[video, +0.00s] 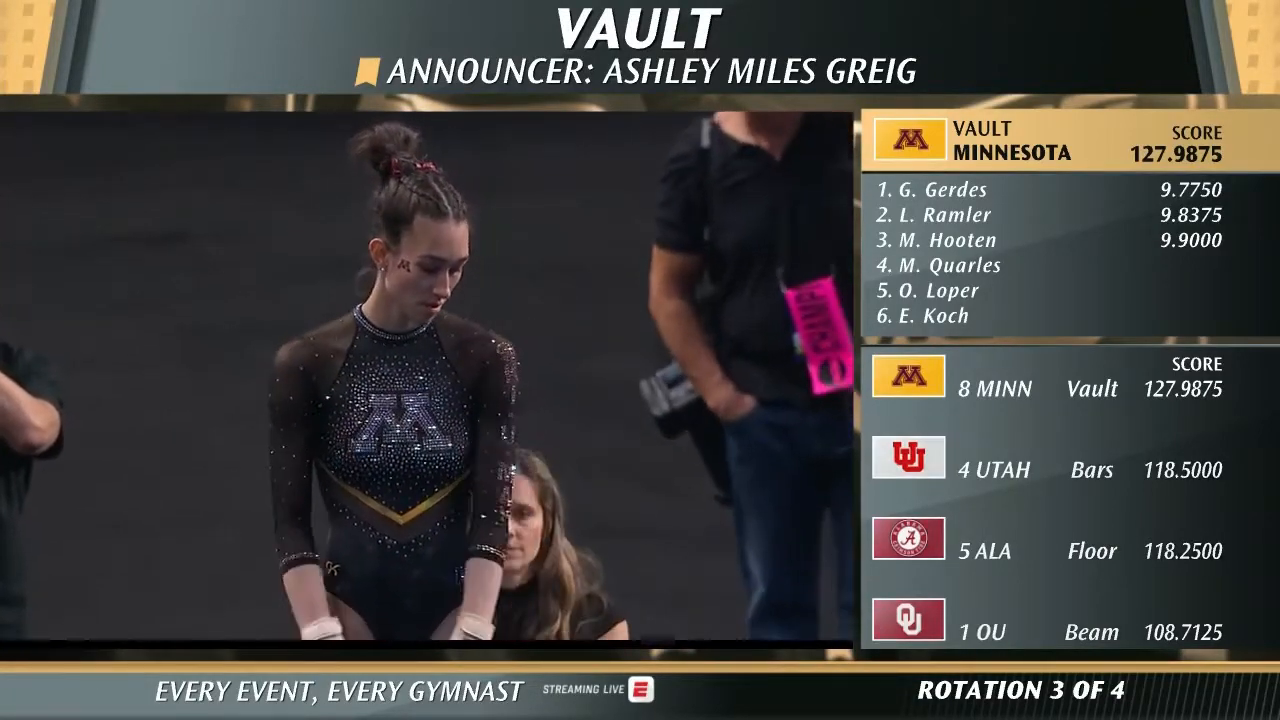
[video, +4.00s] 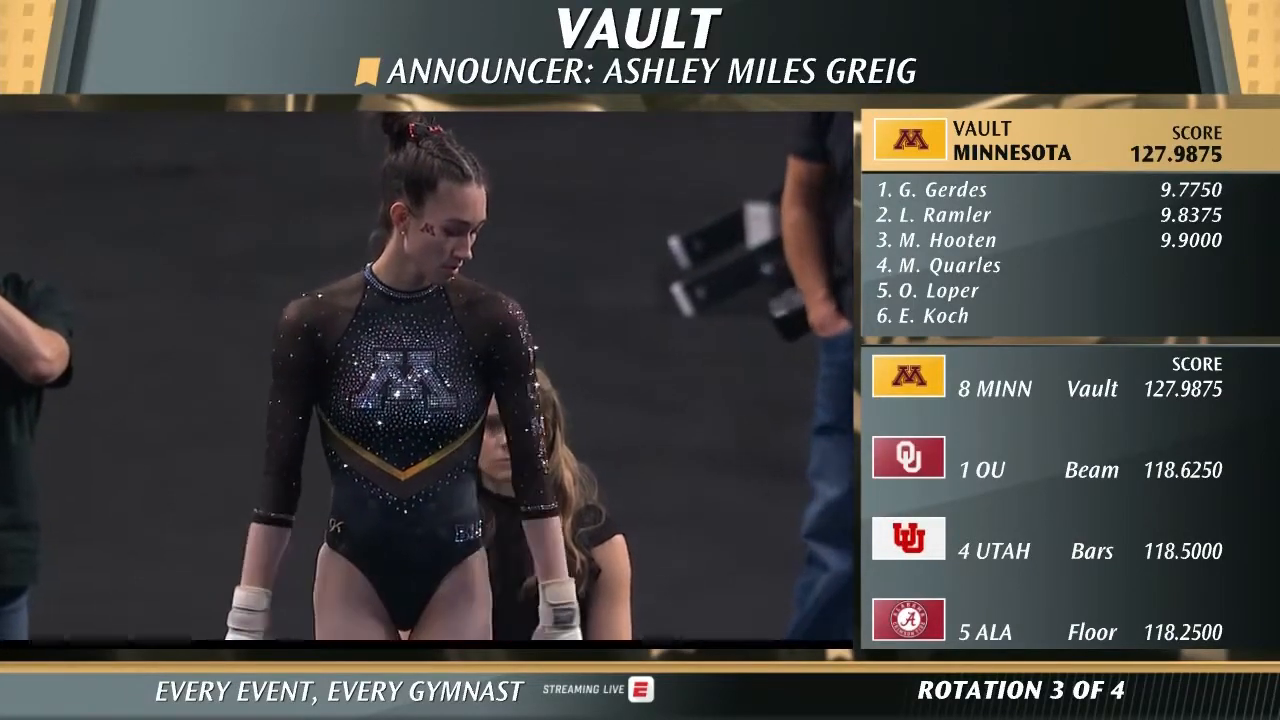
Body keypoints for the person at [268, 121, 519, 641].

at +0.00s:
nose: (445, 287)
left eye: (457, 268)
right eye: (429, 267)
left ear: (467, 260)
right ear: (381, 255)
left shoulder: (486, 360)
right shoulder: (305, 363)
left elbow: (490, 508)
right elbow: (290, 518)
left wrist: (475, 624)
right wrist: (318, 631)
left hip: (454, 602)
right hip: (351, 602)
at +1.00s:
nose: (508, 270)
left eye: (519, 253)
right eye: (495, 250)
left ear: (530, 243)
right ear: (445, 231)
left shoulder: (533, 346)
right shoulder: (348, 327)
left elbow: (561, 490)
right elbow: (303, 479)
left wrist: (584, 615)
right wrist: (266, 612)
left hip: (471, 584)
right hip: (361, 578)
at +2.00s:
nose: (463, 244)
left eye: (471, 227)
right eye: (449, 226)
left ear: (478, 217)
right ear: (397, 213)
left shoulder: (483, 313)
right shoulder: (304, 315)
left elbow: (514, 465)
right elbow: (274, 470)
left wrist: (534, 606)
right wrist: (265, 613)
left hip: (452, 563)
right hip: (344, 562)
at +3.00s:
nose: (456, 244)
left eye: (463, 227)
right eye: (443, 226)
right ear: (391, 212)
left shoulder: (472, 315)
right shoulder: (296, 315)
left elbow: (502, 463)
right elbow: (266, 467)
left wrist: (534, 605)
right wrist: (252, 608)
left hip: (443, 560)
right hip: (335, 558)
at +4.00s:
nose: (467, 249)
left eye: (475, 231)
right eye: (452, 231)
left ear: (482, 220)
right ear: (400, 216)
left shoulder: (493, 320)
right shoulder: (314, 321)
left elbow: (530, 472)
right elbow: (280, 478)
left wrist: (560, 612)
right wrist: (245, 619)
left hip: (458, 568)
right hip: (350, 566)